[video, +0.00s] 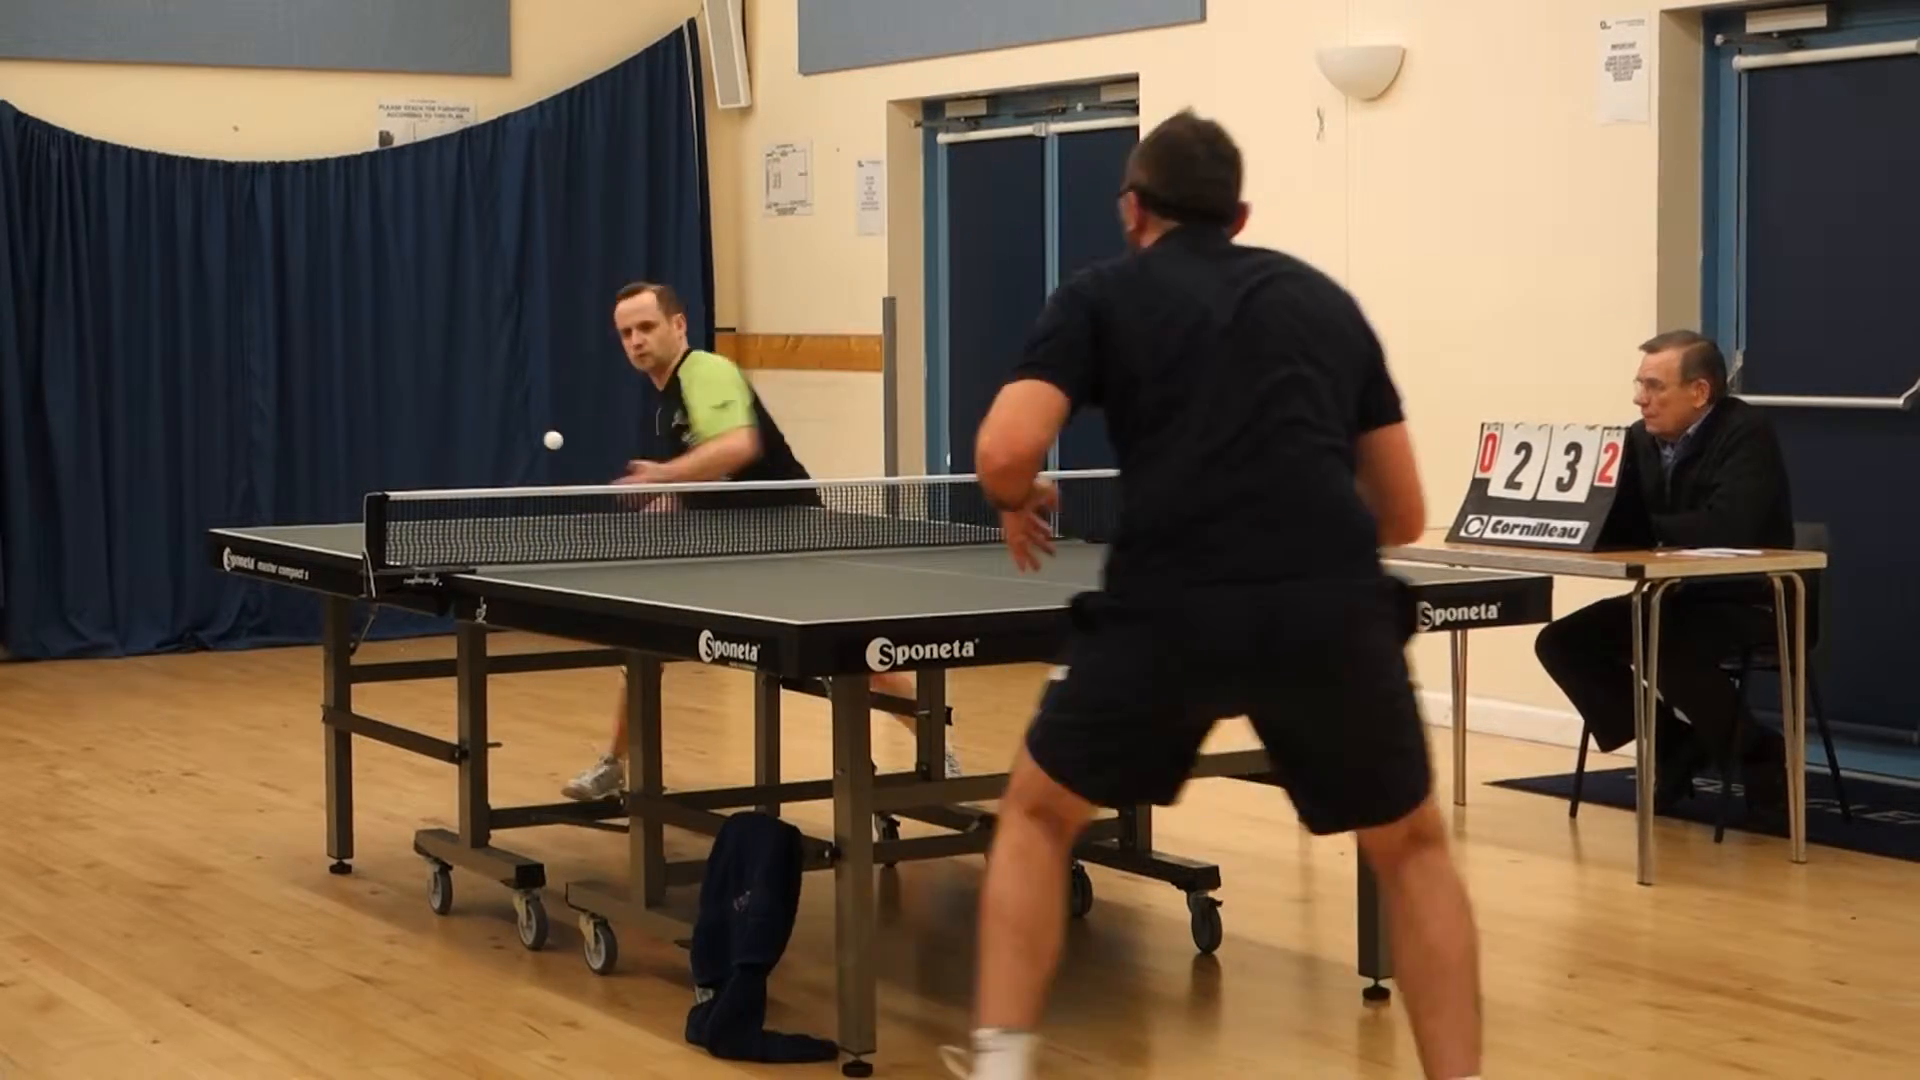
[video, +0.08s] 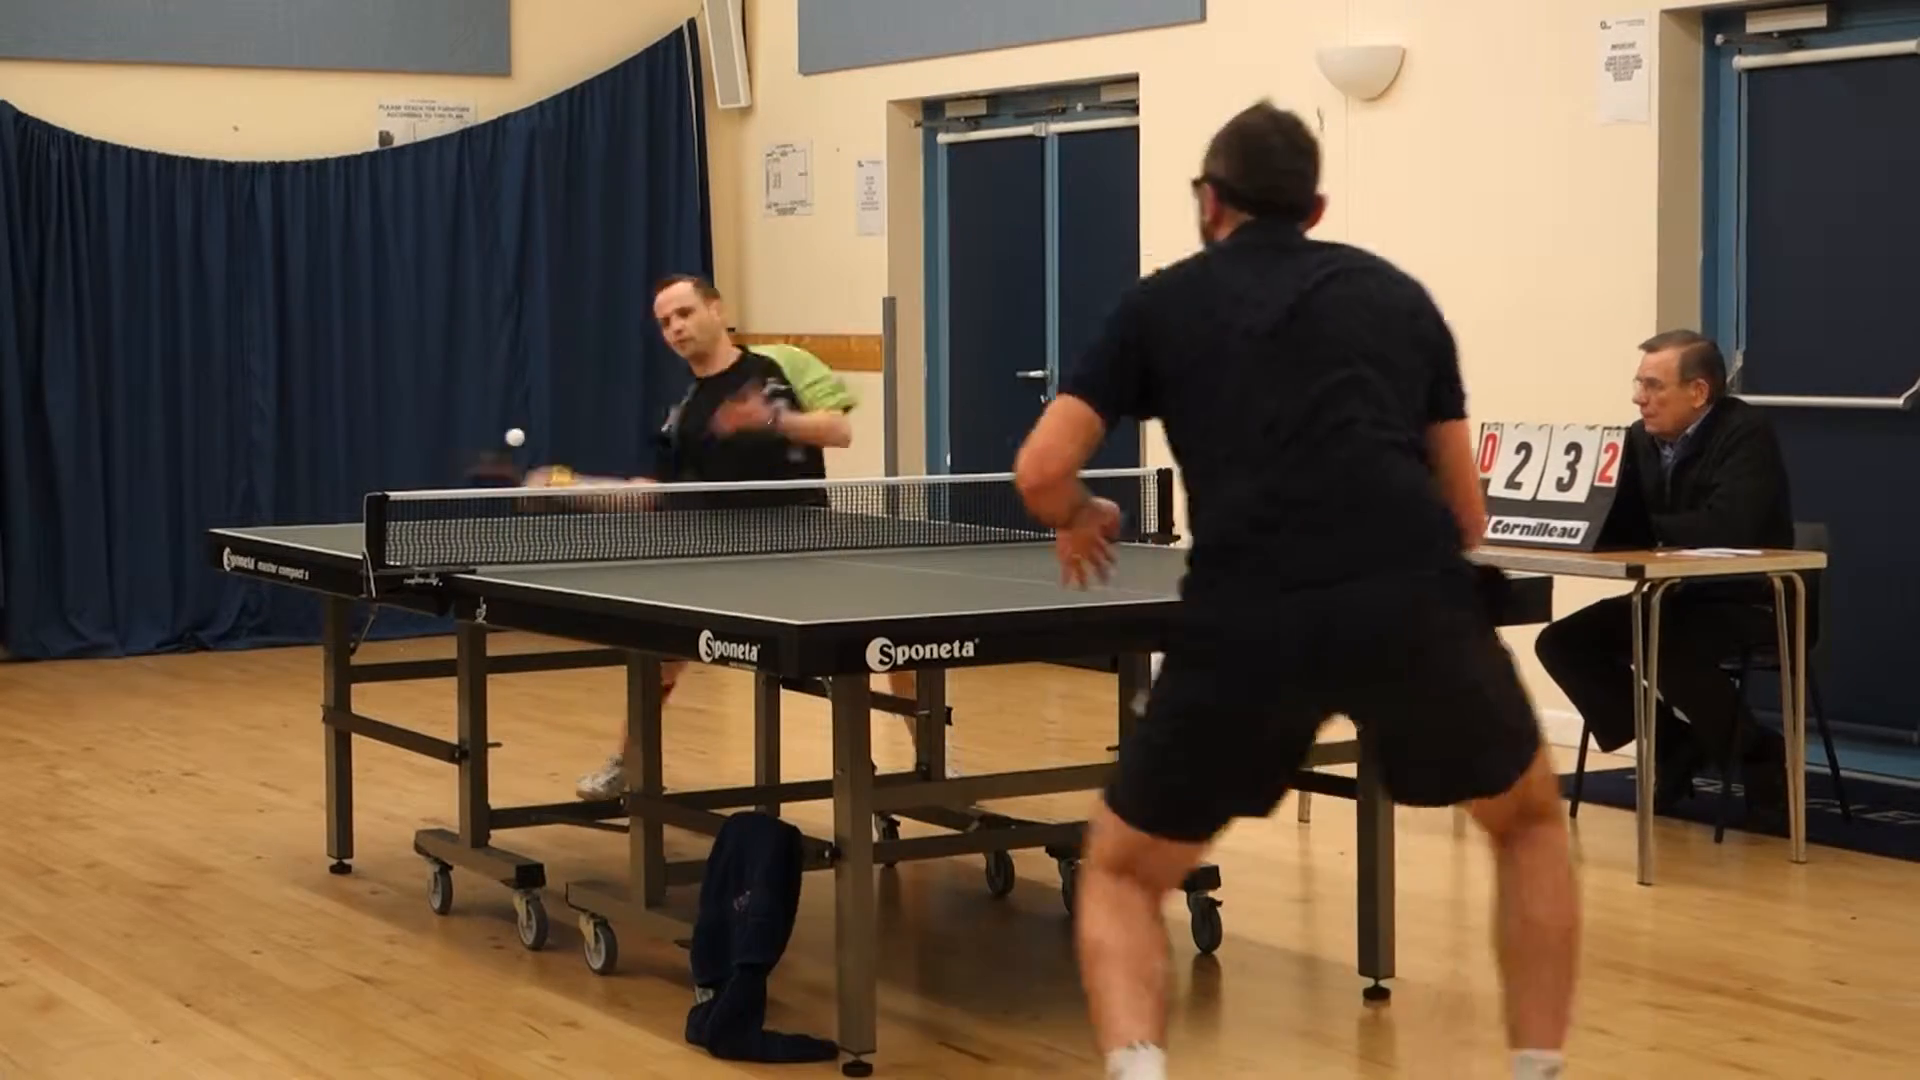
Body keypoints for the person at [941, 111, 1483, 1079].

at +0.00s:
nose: (1120, 213)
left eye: (1124, 201)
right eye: (1127, 201)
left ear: (1137, 209)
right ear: (1238, 212)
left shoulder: (1102, 296)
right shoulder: (1325, 301)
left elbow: (1004, 449)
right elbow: (1400, 513)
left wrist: (1017, 499)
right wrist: (1296, 532)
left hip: (1164, 607)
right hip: (1328, 610)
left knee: (1038, 819)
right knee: (1410, 845)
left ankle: (1000, 1062)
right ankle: (1458, 1071)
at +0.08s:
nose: (1195, 209)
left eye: (1198, 196)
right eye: (1201, 196)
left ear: (1214, 203)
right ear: (1316, 207)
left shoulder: (1164, 304)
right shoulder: (1395, 295)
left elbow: (1040, 473)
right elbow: (1464, 511)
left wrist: (1076, 517)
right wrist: (1394, 571)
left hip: (1248, 618)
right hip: (1414, 608)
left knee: (1125, 874)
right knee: (1527, 822)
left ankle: (1135, 1068)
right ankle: (1540, 1068)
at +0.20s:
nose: (1350, 245)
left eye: (1353, 228)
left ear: (1365, 239)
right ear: (1472, 248)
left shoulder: (1297, 344)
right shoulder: (1527, 359)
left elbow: (1163, 504)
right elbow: (1591, 570)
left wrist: (1227, 508)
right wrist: (1611, 641)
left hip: (1351, 699)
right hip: (1521, 689)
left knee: (1222, 974)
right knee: (1674, 838)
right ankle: (1838, 1053)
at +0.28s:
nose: (1503, 260)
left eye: (1505, 248)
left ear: (1510, 260)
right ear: (1619, 274)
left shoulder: (1425, 363)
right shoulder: (1671, 396)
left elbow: (1274, 485)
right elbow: (1769, 605)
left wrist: (1318, 532)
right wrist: (1874, 636)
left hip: (1432, 721)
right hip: (1611, 717)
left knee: (1267, 990)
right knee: (1799, 858)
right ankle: (1911, 1058)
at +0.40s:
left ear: (1743, 269)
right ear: (1857, 287)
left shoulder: (1657, 359)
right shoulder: (1885, 392)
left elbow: (1517, 478)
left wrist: (1528, 576)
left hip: (1632, 702)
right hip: (1804, 709)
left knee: (1477, 967)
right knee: (1912, 847)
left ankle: (1340, 1067)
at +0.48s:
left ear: (1854, 230)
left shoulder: (1776, 327)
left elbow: (1640, 463)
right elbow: (1640, 463)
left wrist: (1671, 566)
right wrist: (1673, 565)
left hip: (1745, 666)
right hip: (1893, 672)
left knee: (1605, 944)